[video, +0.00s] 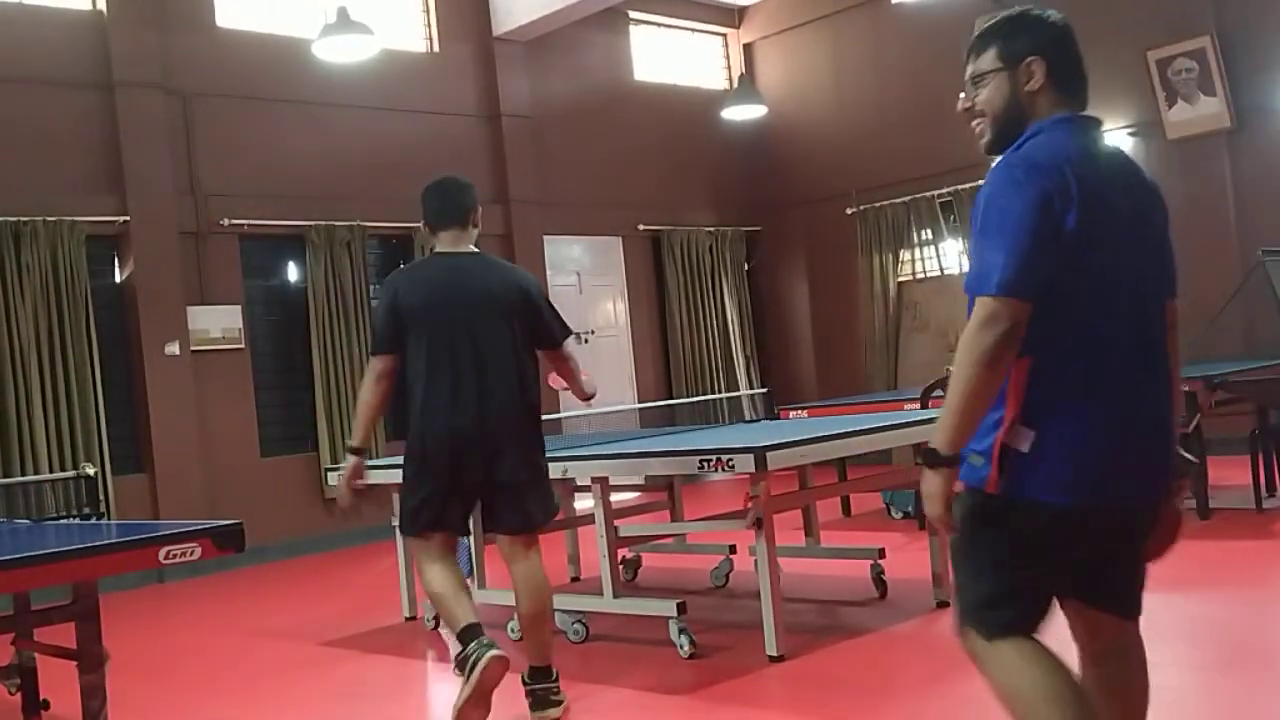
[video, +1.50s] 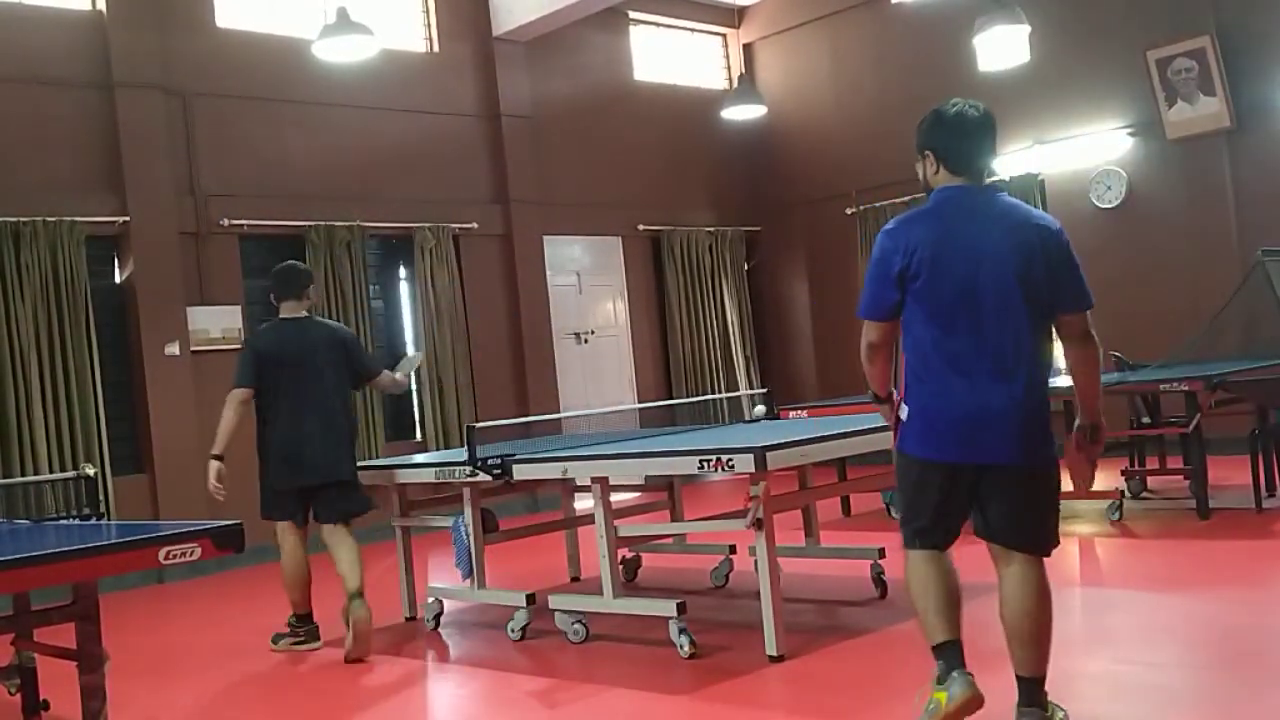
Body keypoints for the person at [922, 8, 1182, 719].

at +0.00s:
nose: (965, 103)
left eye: (978, 81)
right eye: (964, 87)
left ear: (1032, 75)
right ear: (1041, 81)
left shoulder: (1023, 172)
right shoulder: (1134, 179)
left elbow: (996, 321)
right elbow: (1162, 330)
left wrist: (939, 455)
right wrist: (1164, 464)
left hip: (1038, 461)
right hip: (1129, 456)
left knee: (990, 628)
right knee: (1107, 631)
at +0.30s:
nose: (927, 128)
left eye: (934, 106)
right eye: (925, 113)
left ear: (982, 96)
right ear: (1000, 101)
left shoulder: (980, 182)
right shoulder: (1089, 186)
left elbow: (979, 306)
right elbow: (1094, 323)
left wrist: (959, 446)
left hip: (1003, 456)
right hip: (1098, 452)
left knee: (963, 621)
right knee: (1083, 618)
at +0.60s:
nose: (886, 150)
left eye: (893, 131)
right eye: (884, 135)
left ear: (938, 123)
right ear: (952, 125)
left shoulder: (921, 211)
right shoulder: (1048, 209)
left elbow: (898, 326)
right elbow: (1050, 337)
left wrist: (855, 450)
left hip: (948, 464)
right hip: (1046, 456)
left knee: (949, 614)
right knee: (1045, 610)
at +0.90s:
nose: (867, 154)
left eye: (868, 140)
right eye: (866, 141)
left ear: (894, 136)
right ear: (953, 134)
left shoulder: (869, 221)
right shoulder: (1019, 213)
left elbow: (824, 341)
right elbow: (1050, 333)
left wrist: (805, 433)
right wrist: (1049, 425)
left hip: (913, 447)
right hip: (1007, 439)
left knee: (934, 596)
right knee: (1019, 570)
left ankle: (947, 719)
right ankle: (1040, 711)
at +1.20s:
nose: (892, 167)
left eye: (894, 157)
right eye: (894, 157)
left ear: (908, 161)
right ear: (968, 158)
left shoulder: (880, 242)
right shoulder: (1021, 237)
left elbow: (846, 350)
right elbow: (1057, 351)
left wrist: (847, 412)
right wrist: (1086, 447)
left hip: (919, 454)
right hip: (1006, 451)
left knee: (936, 594)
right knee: (1014, 577)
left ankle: (950, 717)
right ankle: (1031, 705)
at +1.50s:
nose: (919, 170)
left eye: (919, 160)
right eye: (921, 160)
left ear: (930, 160)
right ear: (991, 156)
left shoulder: (903, 234)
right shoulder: (1040, 229)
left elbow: (875, 341)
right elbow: (1079, 337)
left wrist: (887, 402)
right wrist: (1091, 418)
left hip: (934, 435)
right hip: (1019, 433)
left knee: (925, 542)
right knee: (1019, 556)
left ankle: (951, 674)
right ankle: (1032, 703)